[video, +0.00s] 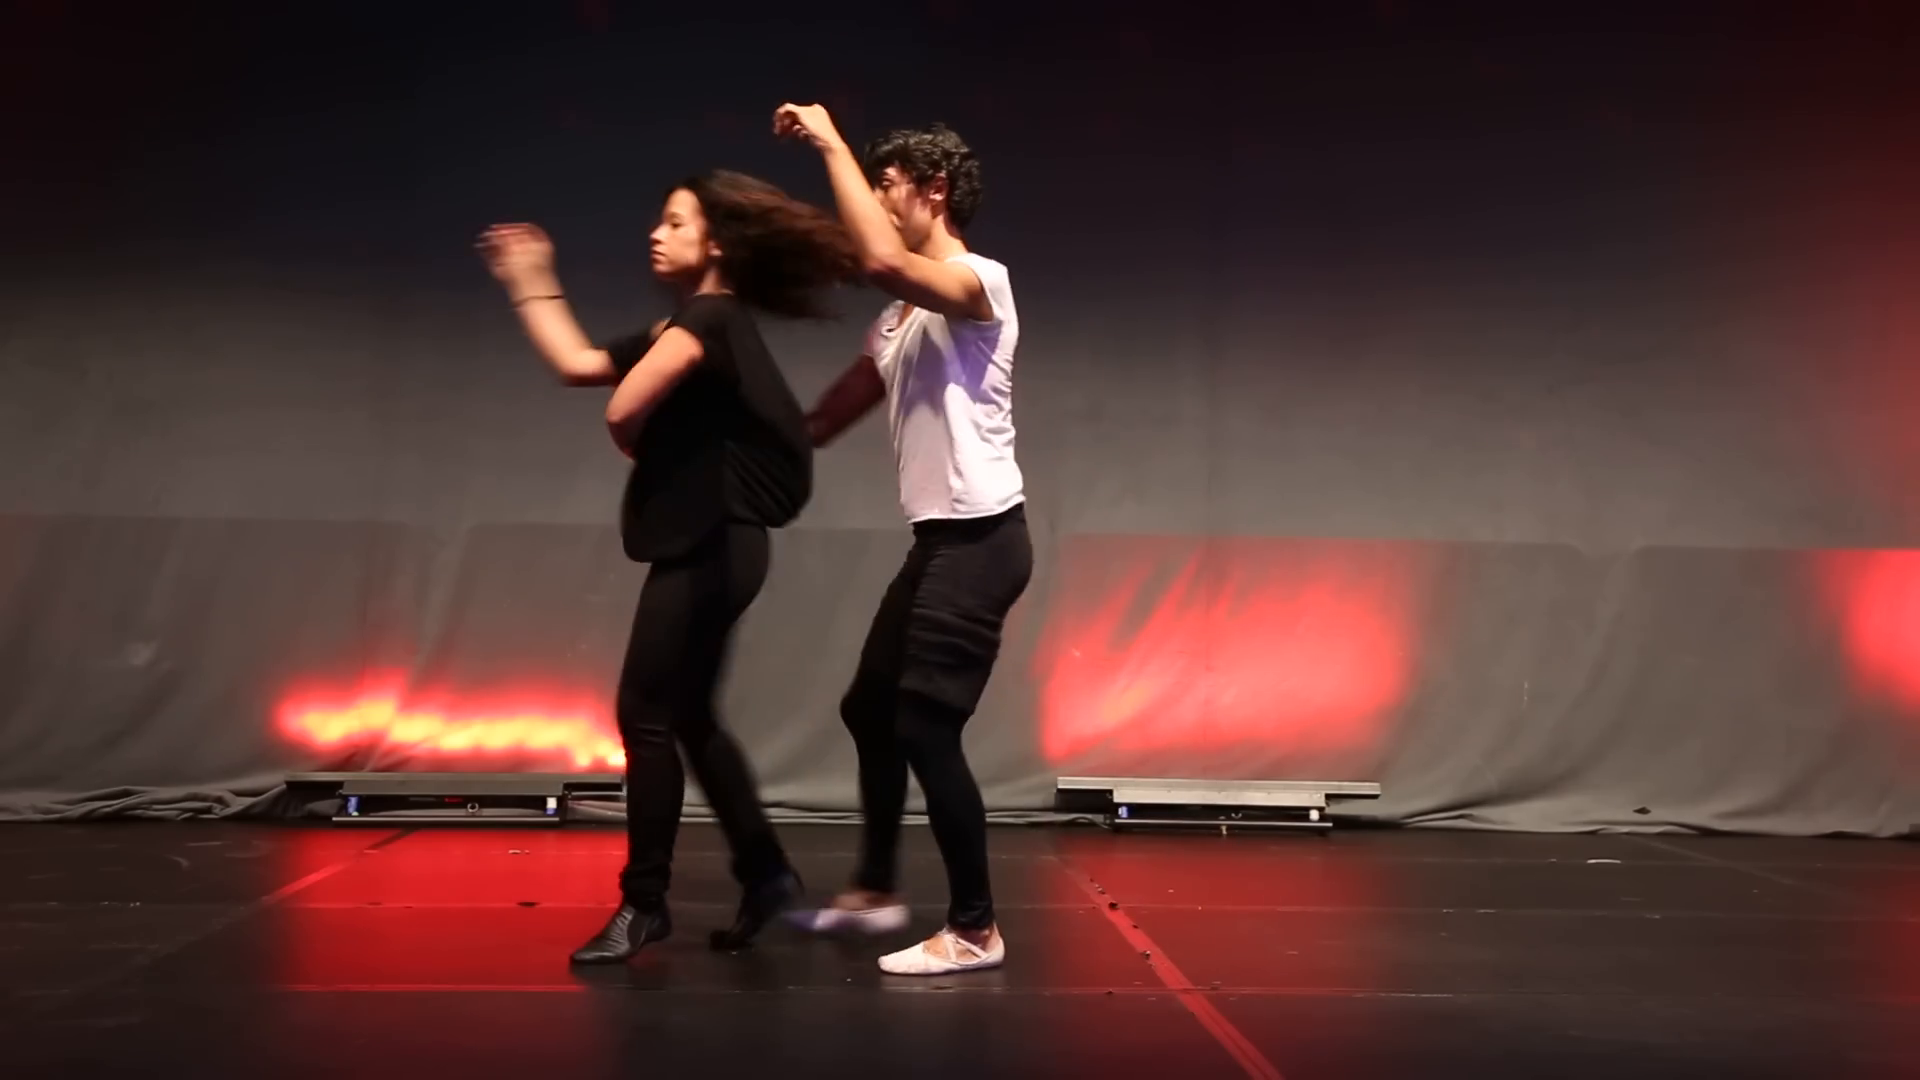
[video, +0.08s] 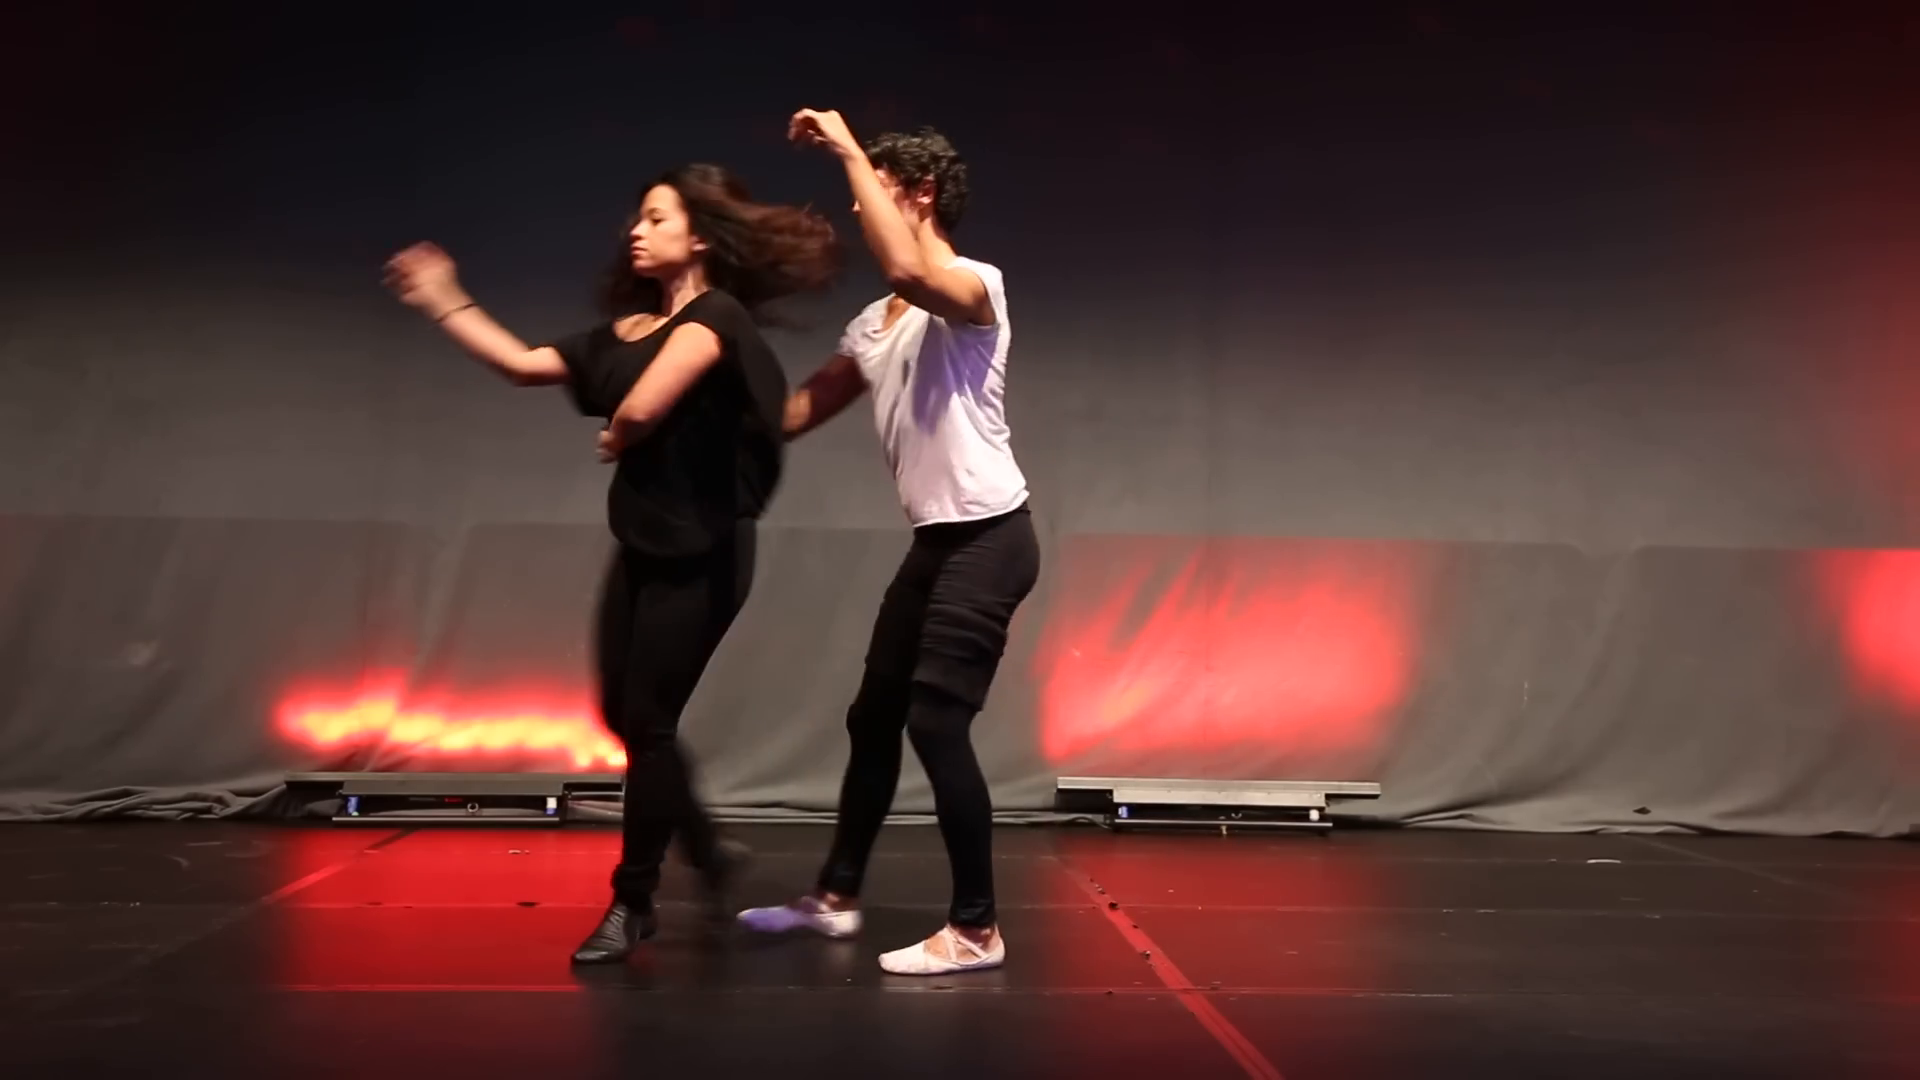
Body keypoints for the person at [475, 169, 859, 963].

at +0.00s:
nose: (657, 235)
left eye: (674, 223)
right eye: (660, 222)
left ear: (718, 244)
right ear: (694, 242)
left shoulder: (707, 319)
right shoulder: (686, 324)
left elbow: (625, 410)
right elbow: (579, 361)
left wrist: (632, 438)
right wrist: (530, 279)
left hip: (705, 547)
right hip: (706, 546)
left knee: (646, 715)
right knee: (689, 715)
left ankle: (644, 906)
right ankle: (769, 883)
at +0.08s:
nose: (636, 230)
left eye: (655, 219)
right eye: (639, 219)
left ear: (701, 235)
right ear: (655, 237)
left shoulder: (714, 318)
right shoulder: (628, 330)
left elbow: (641, 409)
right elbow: (526, 362)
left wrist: (618, 438)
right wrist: (445, 299)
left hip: (706, 554)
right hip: (643, 549)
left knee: (649, 718)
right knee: (625, 711)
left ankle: (632, 905)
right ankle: (714, 862)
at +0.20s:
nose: (612, 236)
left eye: (631, 222)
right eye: (613, 223)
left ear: (679, 236)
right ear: (621, 241)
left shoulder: (714, 331)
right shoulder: (595, 342)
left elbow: (681, 418)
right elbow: (496, 389)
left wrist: (604, 449)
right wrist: (384, 354)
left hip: (687, 566)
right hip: (604, 551)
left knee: (638, 730)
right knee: (555, 713)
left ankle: (605, 901)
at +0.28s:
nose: (599, 240)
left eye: (617, 227)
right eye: (599, 228)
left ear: (666, 239)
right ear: (600, 245)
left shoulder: (712, 335)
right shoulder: (576, 341)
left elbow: (698, 424)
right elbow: (506, 416)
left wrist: (599, 456)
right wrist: (391, 393)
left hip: (681, 571)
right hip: (588, 556)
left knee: (623, 736)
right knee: (524, 710)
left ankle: (579, 897)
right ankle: (520, 876)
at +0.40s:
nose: (588, 250)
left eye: (604, 235)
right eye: (585, 238)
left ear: (652, 242)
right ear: (586, 252)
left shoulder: (707, 340)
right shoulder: (566, 346)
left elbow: (709, 434)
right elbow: (526, 443)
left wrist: (602, 463)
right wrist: (461, 429)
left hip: (674, 575)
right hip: (580, 559)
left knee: (612, 739)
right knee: (528, 717)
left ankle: (555, 899)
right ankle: (520, 894)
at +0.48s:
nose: (586, 254)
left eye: (603, 239)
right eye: (582, 243)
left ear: (649, 246)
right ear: (578, 256)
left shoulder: (703, 343)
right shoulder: (562, 344)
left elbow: (715, 433)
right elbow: (535, 463)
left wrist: (602, 466)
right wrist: (515, 425)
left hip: (676, 579)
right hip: (581, 567)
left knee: (614, 741)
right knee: (548, 722)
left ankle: (548, 896)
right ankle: (570, 892)